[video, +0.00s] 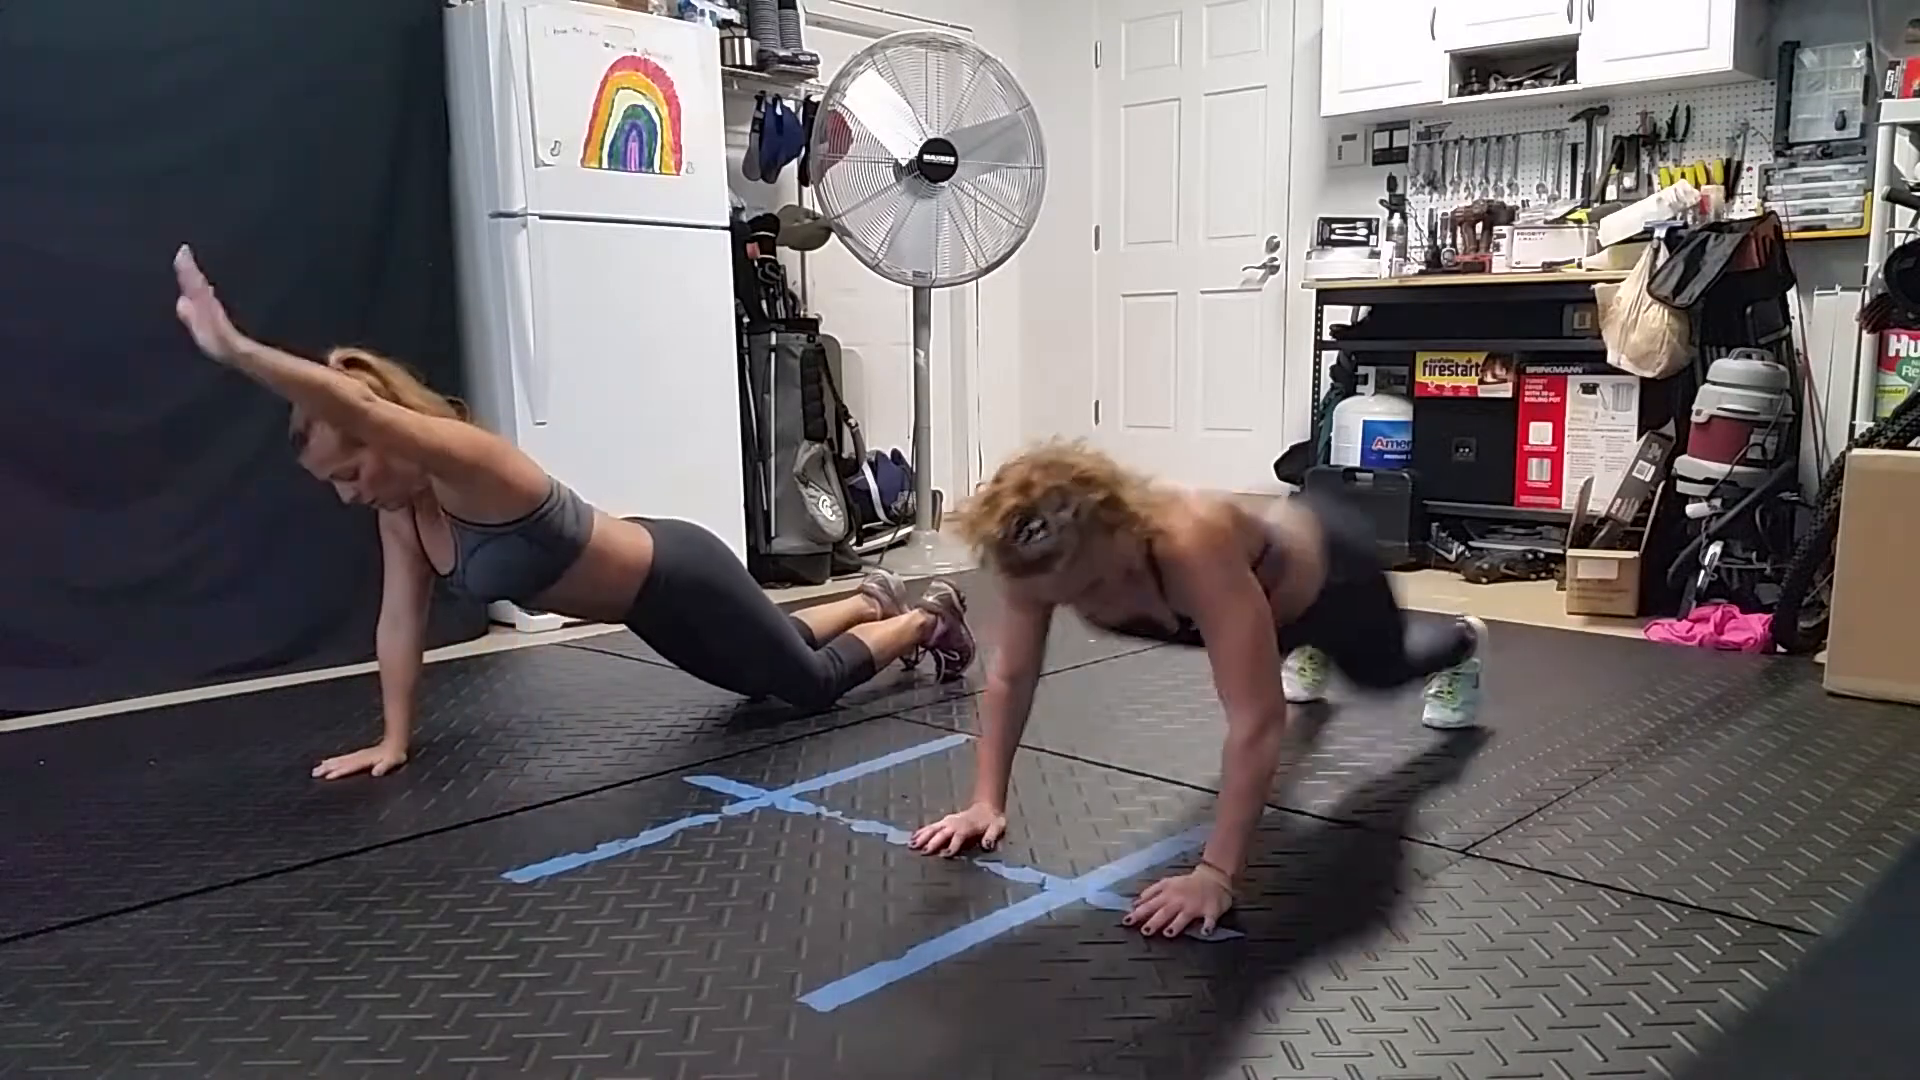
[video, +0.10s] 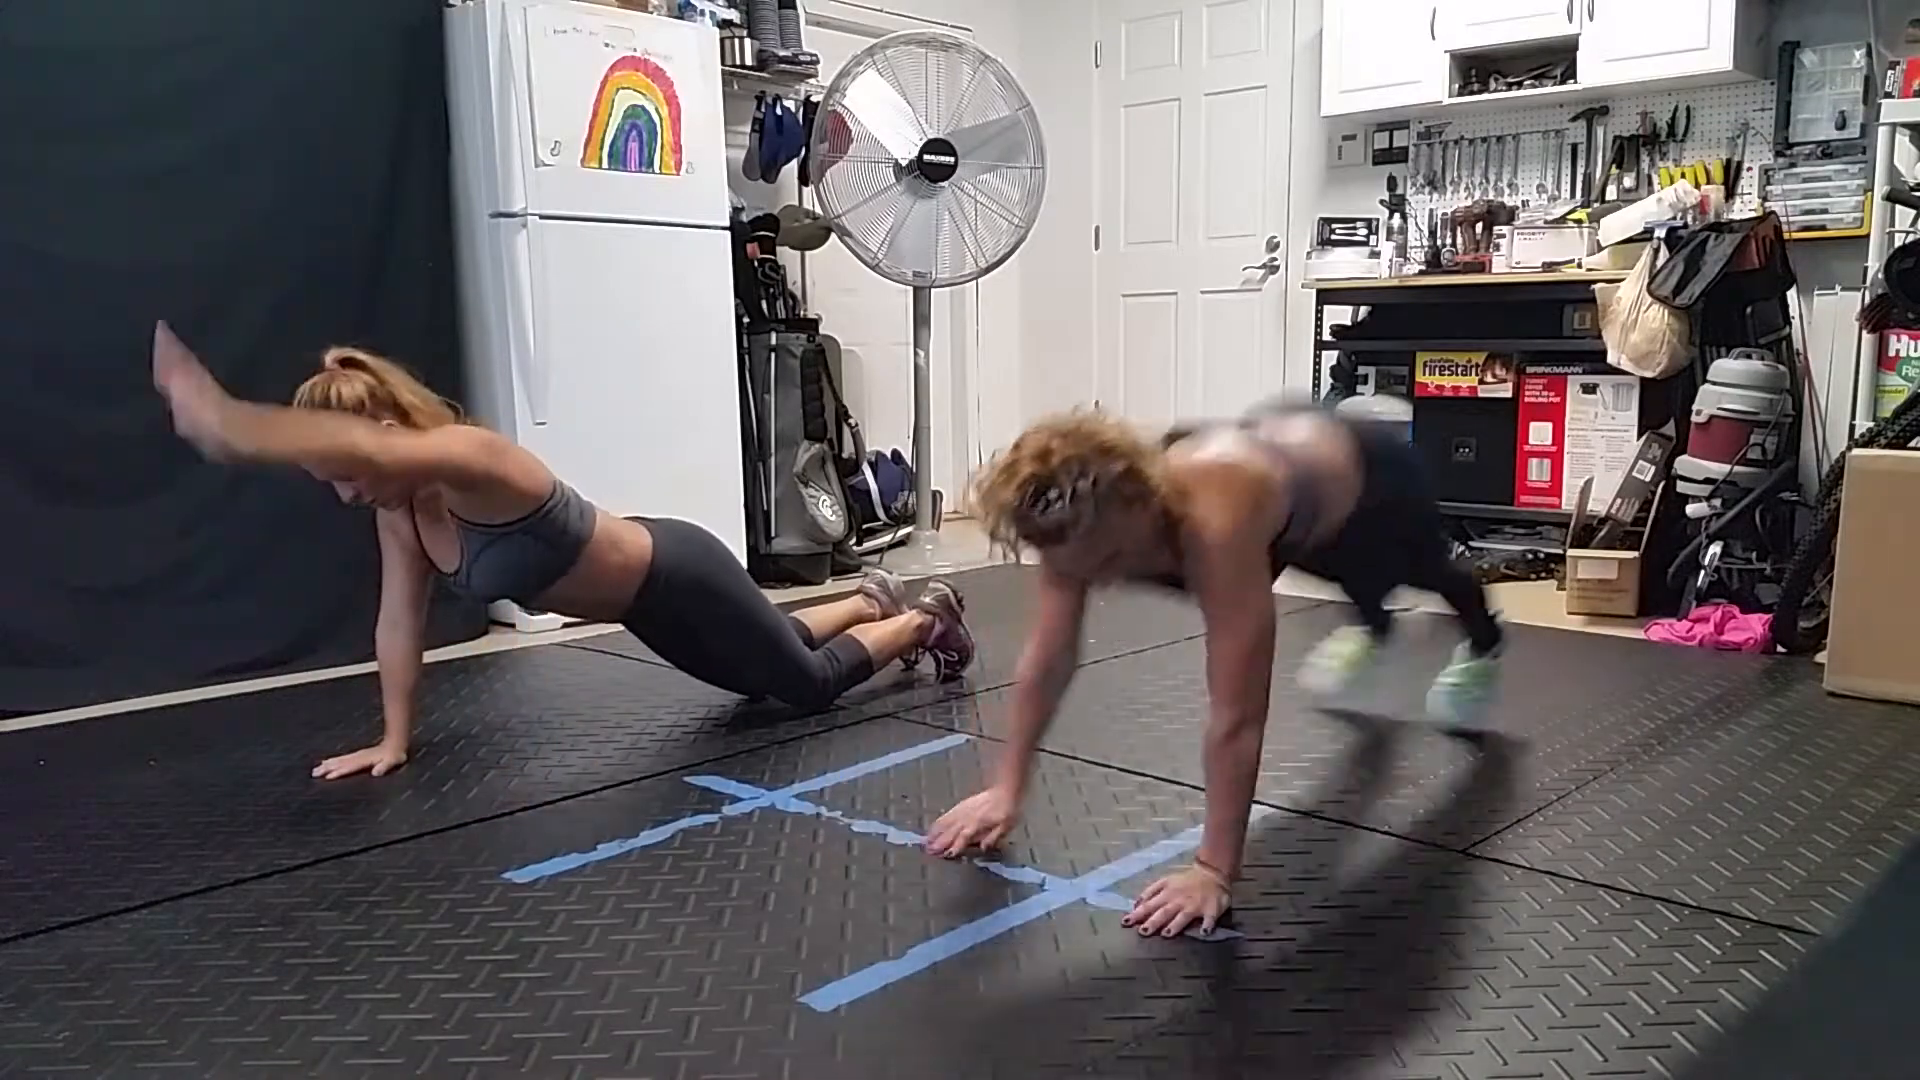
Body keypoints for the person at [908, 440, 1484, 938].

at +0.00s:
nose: (1100, 609)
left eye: (1102, 584)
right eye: (1076, 598)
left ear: (1122, 537)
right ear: (1041, 576)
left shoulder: (1194, 540)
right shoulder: (1034, 560)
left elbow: (1258, 721)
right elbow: (1010, 676)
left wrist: (1216, 873)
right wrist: (985, 802)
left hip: (1331, 580)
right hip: (1244, 596)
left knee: (1383, 662)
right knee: (1271, 648)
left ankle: (1460, 639)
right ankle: (1308, 663)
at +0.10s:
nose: (1081, 574)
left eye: (1088, 554)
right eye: (1067, 562)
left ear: (1124, 510)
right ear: (1051, 542)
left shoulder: (1220, 510)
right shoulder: (1075, 528)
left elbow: (1238, 719)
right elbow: (1047, 663)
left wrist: (1215, 869)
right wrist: (1005, 788)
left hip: (1369, 469)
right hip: (1292, 484)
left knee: (1433, 569)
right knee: (1352, 573)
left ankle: (1487, 639)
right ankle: (1378, 624)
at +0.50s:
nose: (1208, 733)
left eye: (1210, 716)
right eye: (1189, 730)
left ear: (1233, 670)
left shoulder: (1347, 628)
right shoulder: (1208, 640)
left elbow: (1493, 769)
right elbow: (1200, 736)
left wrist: (1470, 946)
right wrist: (1187, 856)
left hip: (1505, 623)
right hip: (1424, 617)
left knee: (1607, 662)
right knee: (1541, 668)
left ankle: (1702, 669)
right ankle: (1596, 701)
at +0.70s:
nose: (1168, 910)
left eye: (1177, 903)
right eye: (1151, 902)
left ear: (1228, 856)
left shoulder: (1352, 798)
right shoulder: (1196, 718)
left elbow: (1539, 792)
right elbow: (1243, 689)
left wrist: (1471, 950)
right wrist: (1178, 852)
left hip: (1521, 721)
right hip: (1429, 674)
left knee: (1630, 705)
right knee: (1560, 663)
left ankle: (1719, 670)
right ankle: (1644, 644)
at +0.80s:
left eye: (1205, 956)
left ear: (1233, 916)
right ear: (1166, 805)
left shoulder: (1357, 847)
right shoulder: (1181, 763)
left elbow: (1549, 795)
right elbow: (1219, 697)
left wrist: (1473, 951)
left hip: (1524, 741)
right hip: (1430, 701)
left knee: (1627, 714)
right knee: (1546, 681)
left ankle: (1710, 669)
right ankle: (1635, 646)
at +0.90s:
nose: (1186, 993)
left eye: (1189, 977)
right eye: (1165, 979)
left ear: (1229, 937)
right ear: (1148, 845)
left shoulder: (1365, 863)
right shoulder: (1176, 783)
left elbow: (1546, 796)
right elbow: (1218, 698)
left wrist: (1475, 950)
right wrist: (1213, 792)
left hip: (1512, 743)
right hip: (1416, 707)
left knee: (1626, 711)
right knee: (1541, 681)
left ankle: (1712, 668)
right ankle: (1630, 646)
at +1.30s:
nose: (1156, 752)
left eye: (1156, 737)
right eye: (1149, 741)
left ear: (1196, 721)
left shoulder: (1341, 700)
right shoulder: (1214, 674)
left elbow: (1528, 785)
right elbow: (1193, 749)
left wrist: (1472, 946)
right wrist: (1189, 860)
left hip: (1518, 694)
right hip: (1439, 648)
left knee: (1620, 700)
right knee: (1548, 656)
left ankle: (1709, 664)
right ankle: (1616, 641)